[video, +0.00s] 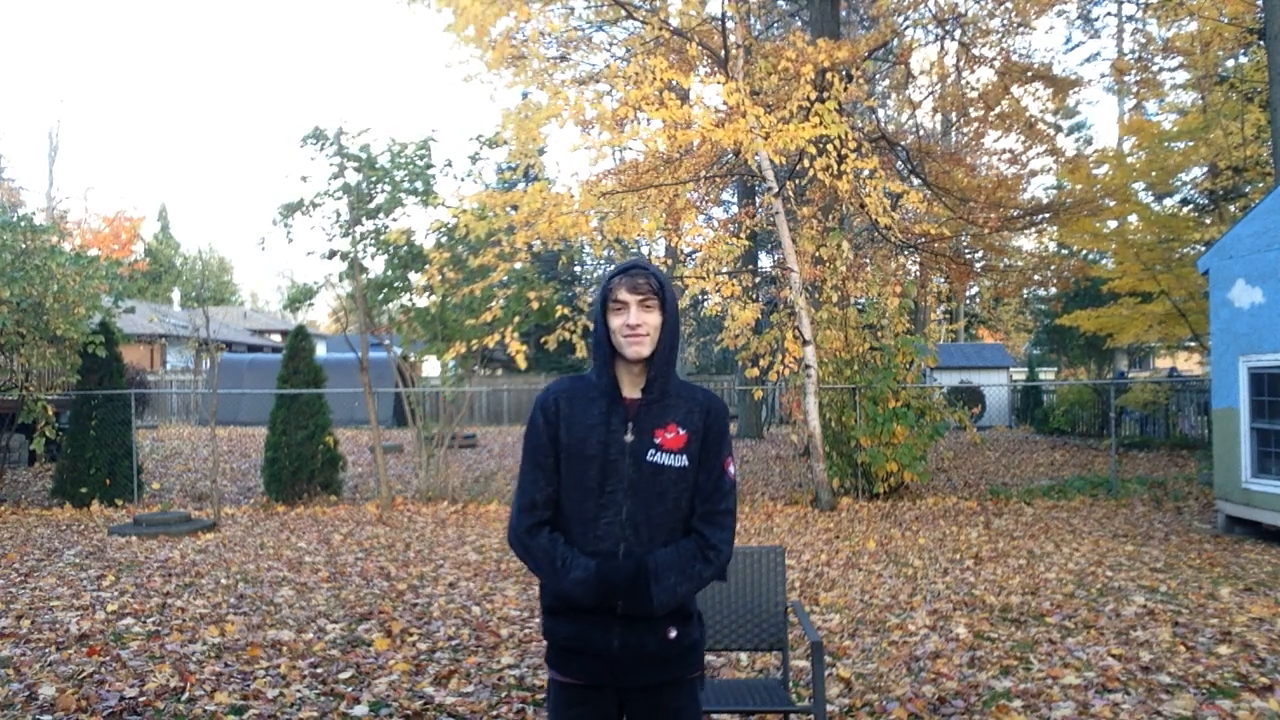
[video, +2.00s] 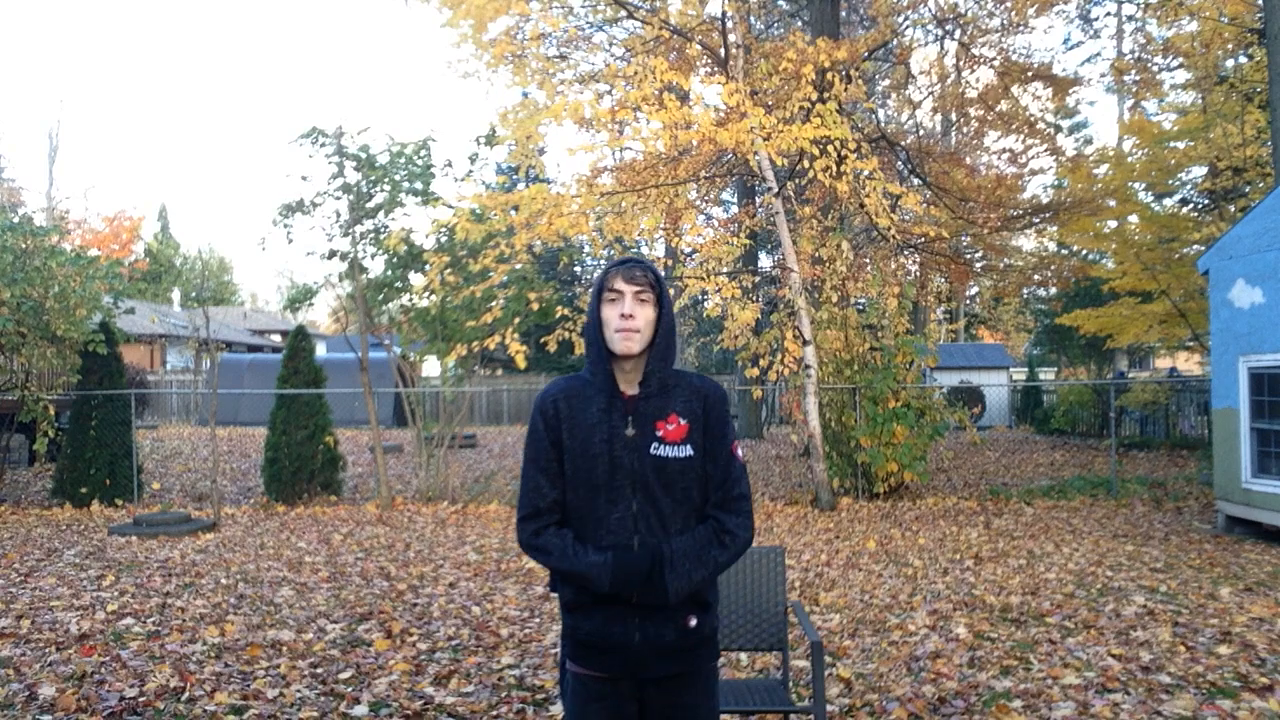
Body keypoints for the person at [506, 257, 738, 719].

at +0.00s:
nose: (632, 320)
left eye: (645, 307)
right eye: (618, 308)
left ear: (667, 319)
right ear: (603, 321)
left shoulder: (702, 411)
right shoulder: (559, 404)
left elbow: (715, 539)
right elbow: (526, 525)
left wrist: (645, 579)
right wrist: (592, 579)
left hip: (668, 654)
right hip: (578, 654)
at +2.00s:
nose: (626, 311)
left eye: (642, 299)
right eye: (613, 298)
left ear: (661, 316)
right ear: (596, 312)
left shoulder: (703, 399)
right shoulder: (559, 403)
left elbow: (735, 520)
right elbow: (534, 527)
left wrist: (669, 566)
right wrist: (608, 570)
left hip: (684, 645)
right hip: (594, 648)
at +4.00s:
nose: (630, 320)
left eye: (644, 308)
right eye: (616, 307)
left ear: (660, 322)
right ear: (597, 320)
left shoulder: (695, 409)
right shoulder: (553, 410)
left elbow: (723, 532)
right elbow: (536, 533)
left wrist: (654, 578)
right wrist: (601, 595)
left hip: (678, 653)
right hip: (589, 656)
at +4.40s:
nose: (627, 313)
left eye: (642, 301)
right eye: (614, 300)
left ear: (660, 317)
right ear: (595, 314)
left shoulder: (697, 400)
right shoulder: (553, 401)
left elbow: (762, 498)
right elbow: (501, 509)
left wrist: (680, 538)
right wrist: (593, 553)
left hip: (681, 645)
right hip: (590, 649)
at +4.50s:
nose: (620, 313)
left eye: (634, 300)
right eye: (606, 300)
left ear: (652, 317)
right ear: (586, 315)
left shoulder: (690, 391)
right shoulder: (547, 392)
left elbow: (783, 468)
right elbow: (481, 486)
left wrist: (756, 555)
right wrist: (521, 572)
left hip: (673, 638)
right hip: (582, 641)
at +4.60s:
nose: (617, 322)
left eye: (631, 310)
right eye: (603, 309)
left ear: (649, 325)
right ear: (582, 321)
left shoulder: (684, 402)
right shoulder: (537, 408)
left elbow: (761, 503)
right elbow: (483, 521)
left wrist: (851, 595)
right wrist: (437, 637)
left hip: (665, 650)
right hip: (573, 653)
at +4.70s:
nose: (612, 321)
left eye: (626, 309)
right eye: (598, 308)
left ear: (645, 323)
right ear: (577, 321)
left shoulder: (678, 402)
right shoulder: (540, 408)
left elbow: (725, 526)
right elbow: (511, 544)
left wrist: (824, 580)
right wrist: (437, 635)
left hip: (659, 648)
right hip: (566, 652)